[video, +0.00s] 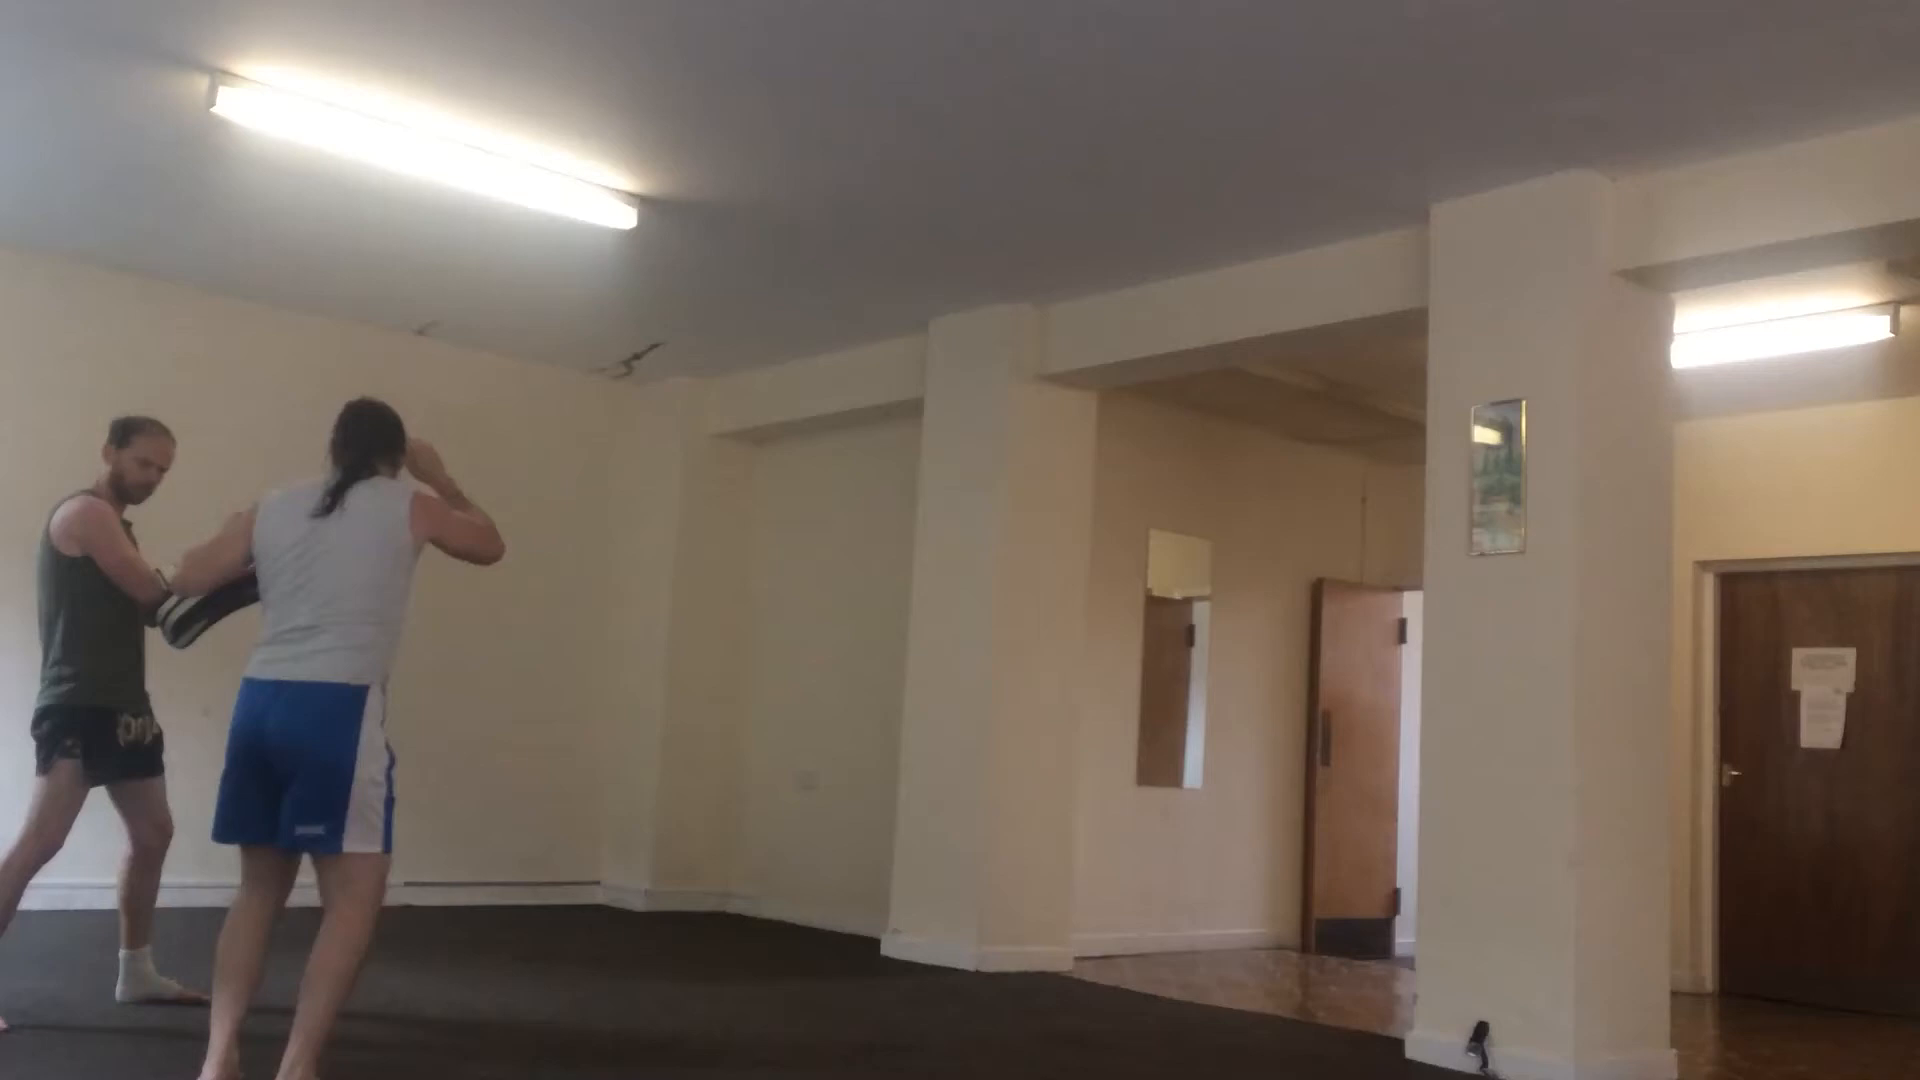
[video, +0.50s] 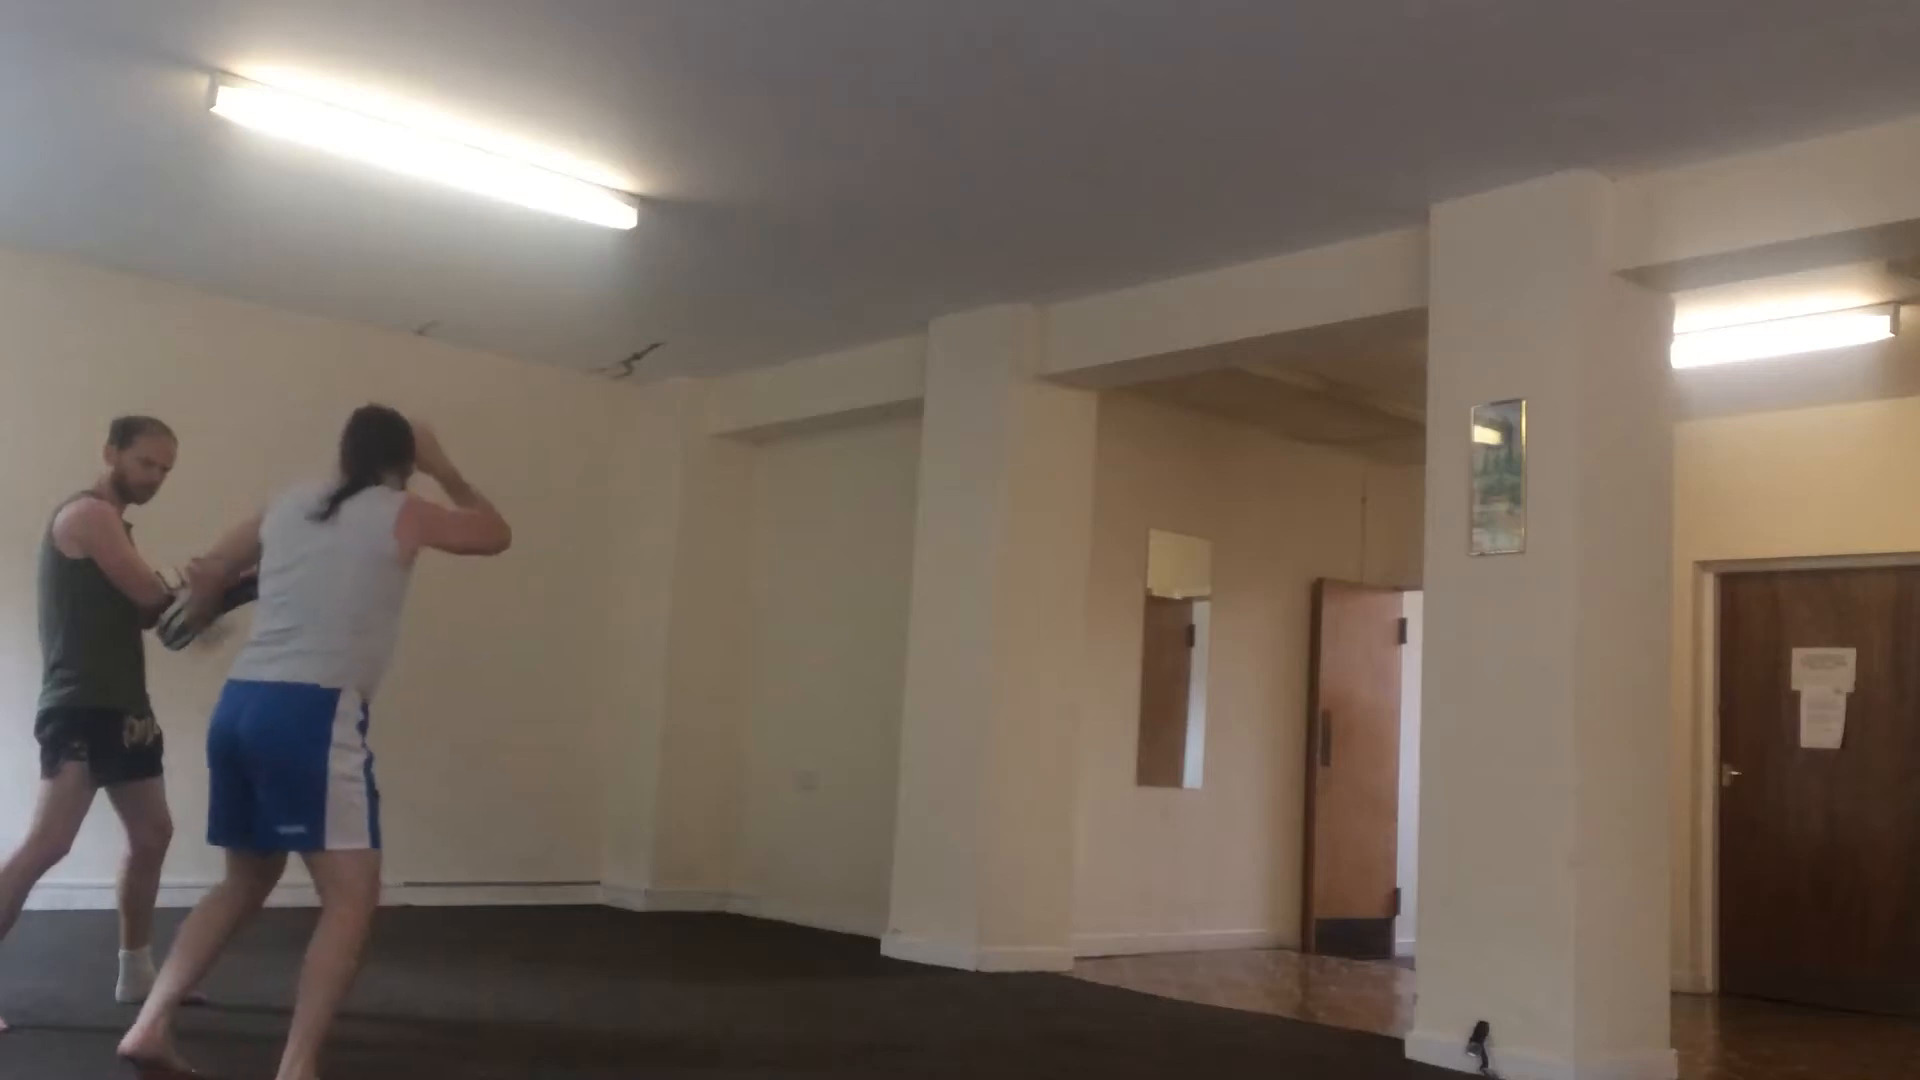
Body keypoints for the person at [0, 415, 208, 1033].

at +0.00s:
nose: (153, 478)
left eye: (161, 470)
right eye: (146, 464)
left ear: (156, 471)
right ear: (110, 454)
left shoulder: (114, 523)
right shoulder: (83, 514)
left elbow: (145, 605)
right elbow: (149, 593)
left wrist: (179, 590)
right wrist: (176, 580)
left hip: (125, 709)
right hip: (77, 708)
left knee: (153, 833)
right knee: (37, 842)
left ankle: (137, 973)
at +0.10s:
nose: (154, 479)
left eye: (162, 470)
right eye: (147, 465)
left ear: (155, 471)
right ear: (111, 454)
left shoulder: (111, 520)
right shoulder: (83, 514)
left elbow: (144, 600)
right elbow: (149, 593)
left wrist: (167, 587)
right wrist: (173, 579)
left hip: (124, 709)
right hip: (77, 708)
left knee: (153, 833)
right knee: (38, 843)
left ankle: (137, 973)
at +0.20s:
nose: (154, 479)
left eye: (162, 470)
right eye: (146, 465)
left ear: (159, 471)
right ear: (111, 454)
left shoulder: (111, 522)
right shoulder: (85, 515)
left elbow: (144, 604)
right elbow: (152, 597)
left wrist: (175, 590)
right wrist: (175, 581)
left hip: (123, 709)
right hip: (78, 708)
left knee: (153, 834)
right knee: (41, 841)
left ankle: (136, 971)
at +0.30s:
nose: (155, 479)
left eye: (163, 470)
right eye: (147, 465)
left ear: (157, 471)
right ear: (111, 454)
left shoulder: (109, 521)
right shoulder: (84, 515)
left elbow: (141, 607)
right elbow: (150, 596)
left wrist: (186, 586)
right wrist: (187, 578)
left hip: (124, 710)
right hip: (78, 709)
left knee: (153, 834)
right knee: (43, 842)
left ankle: (135, 972)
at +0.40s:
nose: (155, 479)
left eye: (163, 470)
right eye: (147, 465)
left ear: (159, 471)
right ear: (112, 454)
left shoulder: (109, 521)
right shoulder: (85, 515)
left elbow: (142, 608)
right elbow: (151, 598)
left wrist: (183, 588)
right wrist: (182, 579)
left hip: (123, 710)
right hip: (80, 710)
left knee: (153, 833)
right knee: (44, 843)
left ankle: (135, 972)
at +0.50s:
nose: (156, 478)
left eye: (164, 470)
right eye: (149, 465)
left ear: (160, 471)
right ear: (113, 454)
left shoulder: (110, 522)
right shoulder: (87, 515)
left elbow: (148, 610)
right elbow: (154, 599)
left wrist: (194, 594)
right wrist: (182, 584)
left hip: (124, 711)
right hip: (81, 710)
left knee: (153, 834)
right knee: (46, 843)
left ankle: (135, 973)